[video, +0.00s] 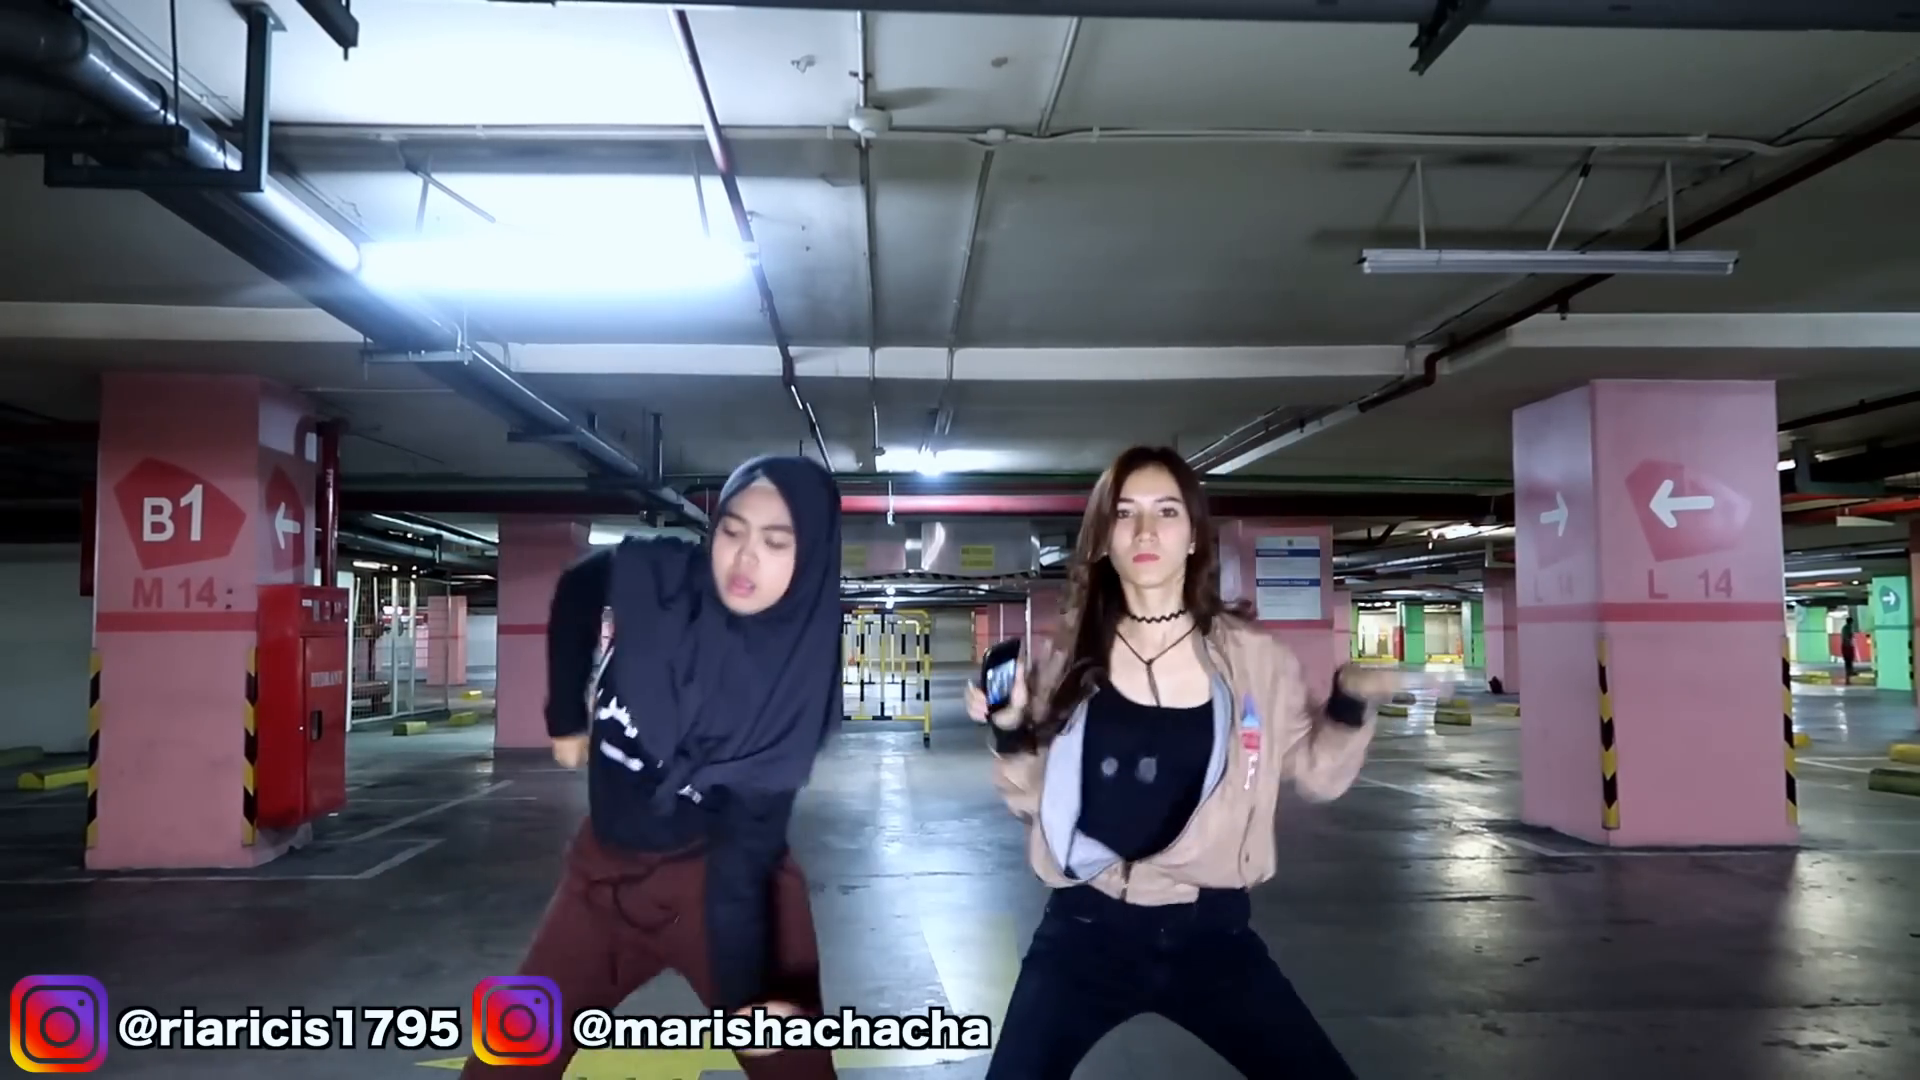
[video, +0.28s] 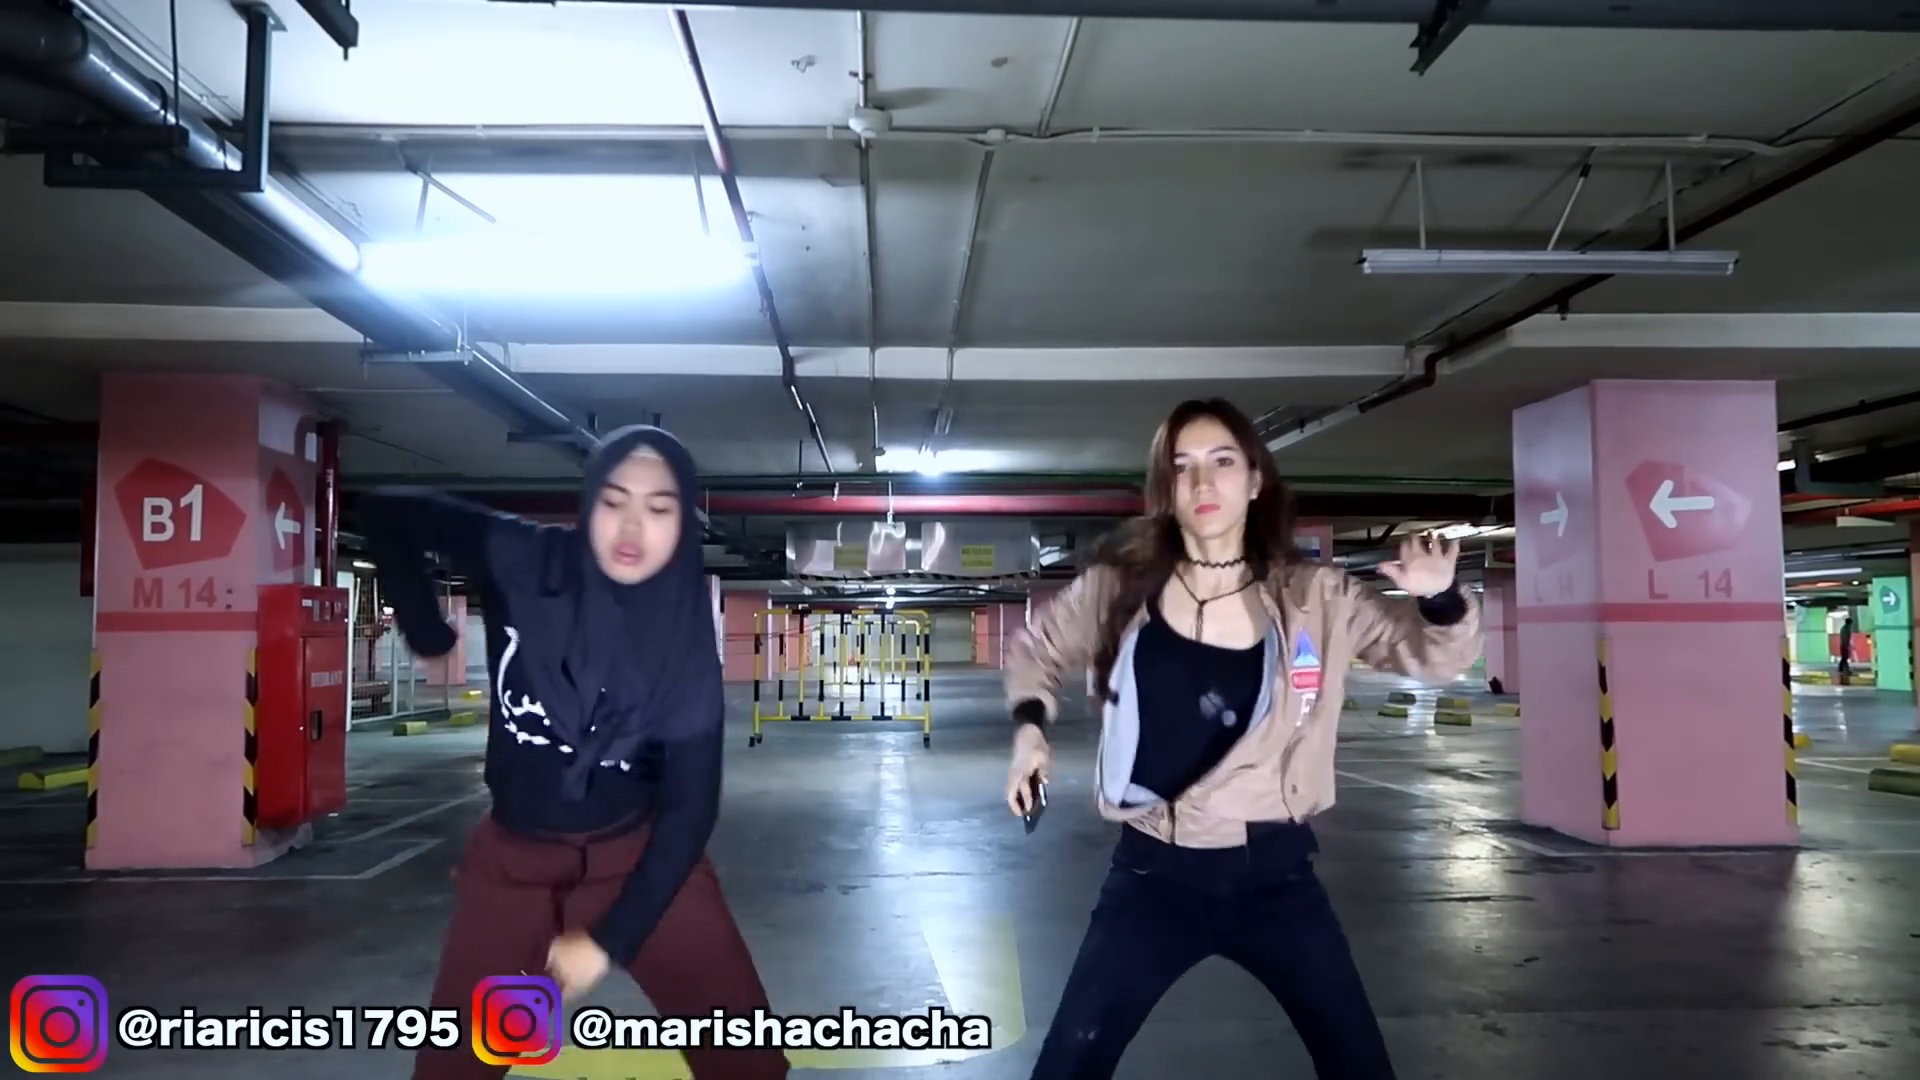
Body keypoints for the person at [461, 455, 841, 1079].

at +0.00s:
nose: (745, 559)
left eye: (775, 542)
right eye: (733, 532)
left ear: (810, 558)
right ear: (713, 531)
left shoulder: (796, 676)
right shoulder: (662, 570)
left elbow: (749, 844)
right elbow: (580, 586)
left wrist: (746, 1002)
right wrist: (565, 718)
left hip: (725, 875)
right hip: (606, 866)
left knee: (792, 1064)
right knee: (506, 1055)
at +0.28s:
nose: (631, 529)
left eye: (658, 509)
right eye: (612, 503)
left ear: (685, 524)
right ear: (586, 508)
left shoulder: (683, 633)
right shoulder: (522, 559)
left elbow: (692, 807)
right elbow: (385, 512)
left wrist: (608, 941)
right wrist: (430, 636)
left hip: (641, 864)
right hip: (512, 864)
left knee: (753, 1063)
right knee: (447, 1067)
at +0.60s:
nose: (585, 573)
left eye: (606, 546)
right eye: (559, 551)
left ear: (635, 549)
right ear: (537, 561)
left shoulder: (691, 597)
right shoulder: (530, 693)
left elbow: (806, 642)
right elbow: (554, 883)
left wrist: (731, 751)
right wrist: (537, 1027)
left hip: (670, 874)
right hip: (546, 875)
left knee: (769, 1064)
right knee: (457, 1062)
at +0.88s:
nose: (735, 553)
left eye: (757, 529)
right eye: (715, 530)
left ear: (786, 533)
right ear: (692, 532)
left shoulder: (806, 649)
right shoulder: (636, 600)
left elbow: (770, 786)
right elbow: (590, 734)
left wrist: (751, 913)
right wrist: (652, 856)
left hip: (699, 823)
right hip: (592, 797)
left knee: (743, 1030)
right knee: (519, 930)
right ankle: (557, 1063)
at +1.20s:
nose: (749, 577)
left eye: (772, 559)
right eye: (732, 551)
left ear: (788, 572)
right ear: (698, 551)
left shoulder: (760, 692)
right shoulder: (624, 589)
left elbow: (705, 843)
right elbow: (497, 564)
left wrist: (661, 980)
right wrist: (496, 674)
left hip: (664, 888)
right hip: (552, 883)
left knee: (723, 1067)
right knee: (555, 1069)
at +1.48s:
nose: (657, 523)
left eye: (669, 501)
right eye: (635, 501)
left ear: (679, 505)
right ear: (585, 501)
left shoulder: (642, 599)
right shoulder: (547, 627)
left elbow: (677, 694)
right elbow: (576, 814)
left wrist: (680, 750)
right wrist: (616, 982)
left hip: (583, 837)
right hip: (495, 856)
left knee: (762, 862)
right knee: (518, 1057)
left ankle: (600, 1027)